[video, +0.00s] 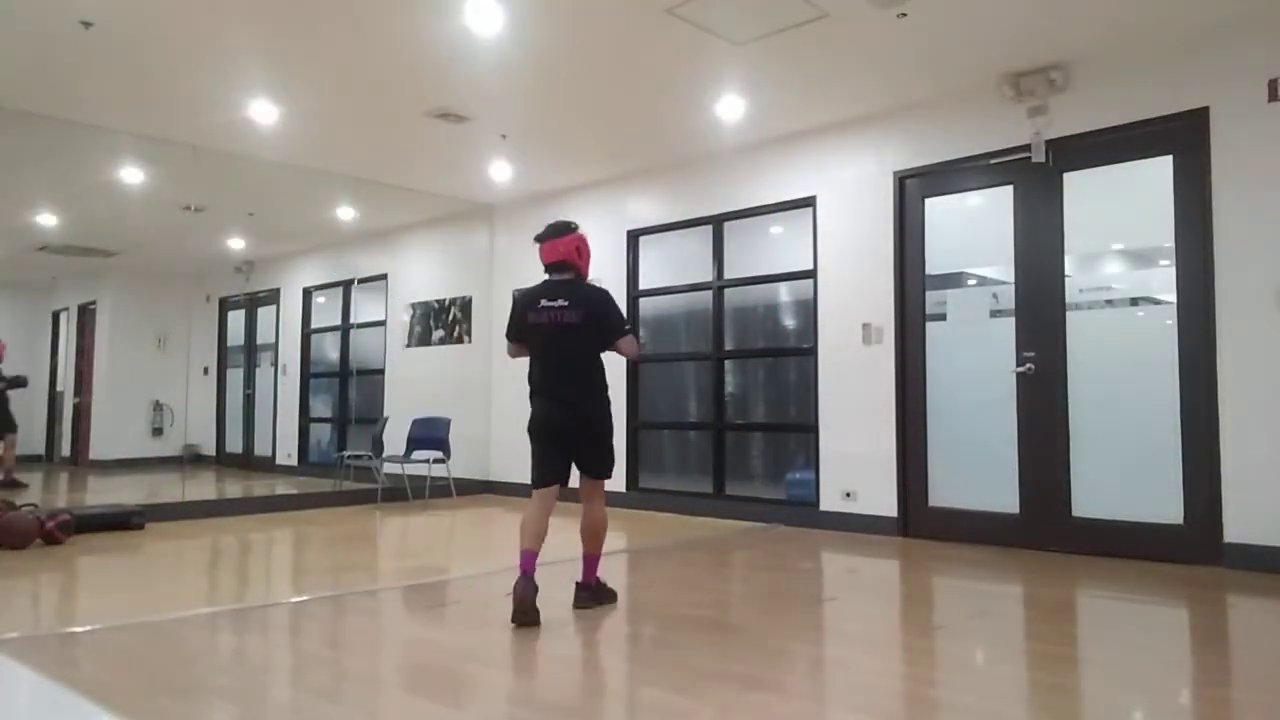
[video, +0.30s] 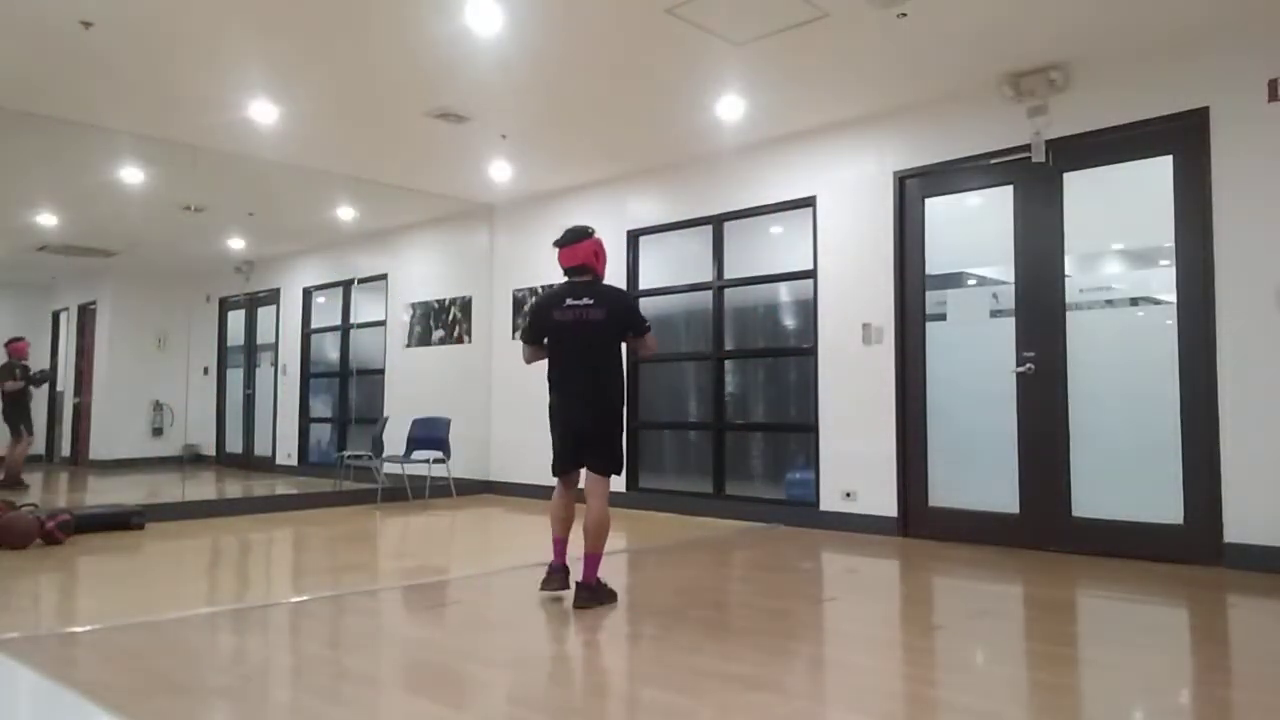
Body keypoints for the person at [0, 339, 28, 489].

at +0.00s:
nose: (4, 353)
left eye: (4, 350)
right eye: (3, 350)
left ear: (3, 352)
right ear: (2, 352)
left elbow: (2, 381)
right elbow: (3, 383)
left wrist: (13, 381)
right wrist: (14, 382)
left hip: (4, 407)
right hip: (3, 408)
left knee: (10, 435)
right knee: (10, 435)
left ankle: (8, 475)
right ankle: (7, 476)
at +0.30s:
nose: (27, 351)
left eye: (27, 348)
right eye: (24, 348)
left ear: (17, 351)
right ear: (17, 350)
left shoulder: (24, 368)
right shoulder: (7, 367)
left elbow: (27, 382)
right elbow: (6, 386)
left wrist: (37, 379)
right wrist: (26, 382)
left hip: (22, 407)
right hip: (11, 408)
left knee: (17, 440)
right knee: (25, 439)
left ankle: (10, 476)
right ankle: (12, 476)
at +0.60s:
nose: (48, 353)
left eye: (46, 350)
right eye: (44, 350)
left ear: (35, 354)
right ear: (37, 353)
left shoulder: (48, 370)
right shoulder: (27, 370)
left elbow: (51, 388)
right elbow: (19, 389)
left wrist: (62, 395)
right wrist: (35, 400)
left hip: (46, 411)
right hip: (36, 412)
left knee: (36, 444)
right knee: (49, 444)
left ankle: (12, 475)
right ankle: (49, 478)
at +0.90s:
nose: (70, 351)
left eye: (69, 348)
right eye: (66, 348)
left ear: (62, 351)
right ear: (57, 351)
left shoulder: (67, 367)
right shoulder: (49, 366)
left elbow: (69, 386)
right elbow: (44, 385)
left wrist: (73, 398)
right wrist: (57, 397)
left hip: (67, 407)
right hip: (54, 408)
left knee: (80, 437)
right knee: (54, 442)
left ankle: (64, 467)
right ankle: (50, 475)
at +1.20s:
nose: (89, 356)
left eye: (88, 353)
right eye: (86, 353)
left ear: (81, 355)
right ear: (79, 355)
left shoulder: (85, 371)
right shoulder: (71, 370)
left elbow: (85, 390)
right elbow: (68, 390)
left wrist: (94, 401)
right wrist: (81, 403)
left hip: (86, 410)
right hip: (74, 411)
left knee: (97, 440)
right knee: (67, 444)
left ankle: (101, 476)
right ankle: (49, 477)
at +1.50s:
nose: (107, 354)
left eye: (109, 350)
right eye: (103, 350)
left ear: (111, 352)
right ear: (94, 353)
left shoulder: (108, 371)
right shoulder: (88, 369)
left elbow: (112, 388)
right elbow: (90, 386)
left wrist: (125, 386)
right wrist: (109, 388)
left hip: (106, 408)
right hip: (94, 408)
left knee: (107, 441)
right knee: (104, 441)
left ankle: (102, 475)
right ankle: (79, 468)